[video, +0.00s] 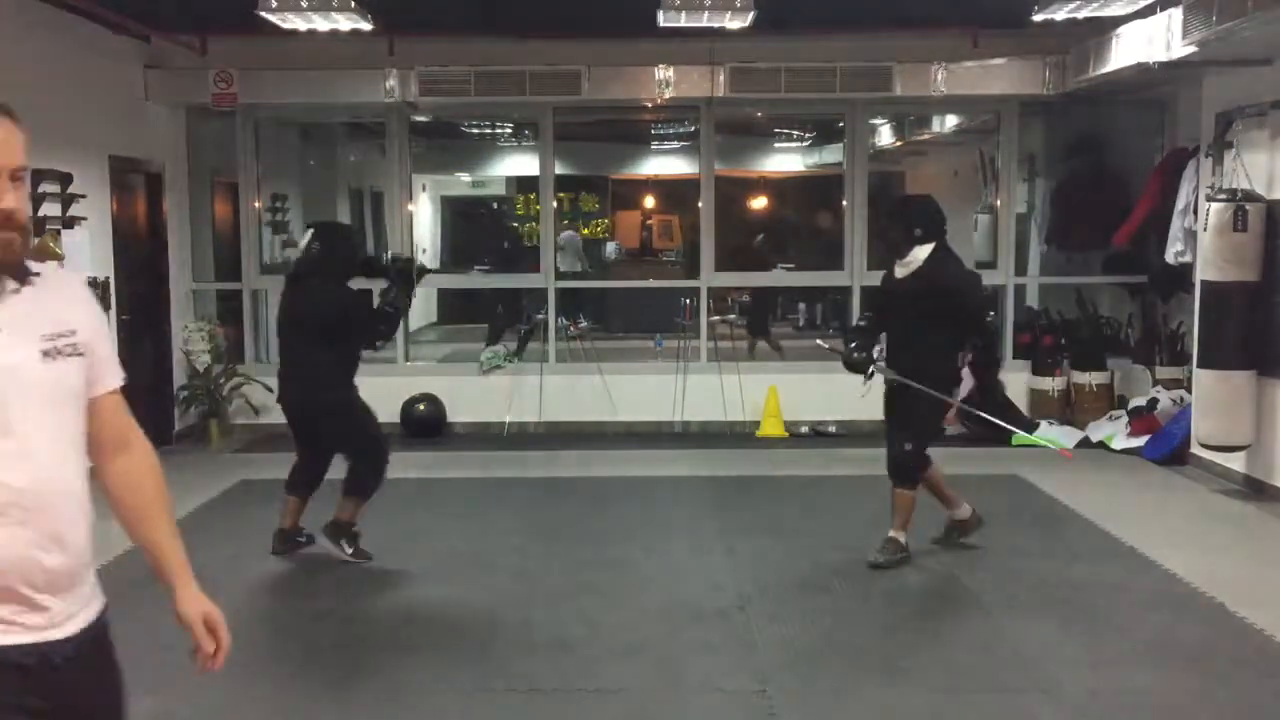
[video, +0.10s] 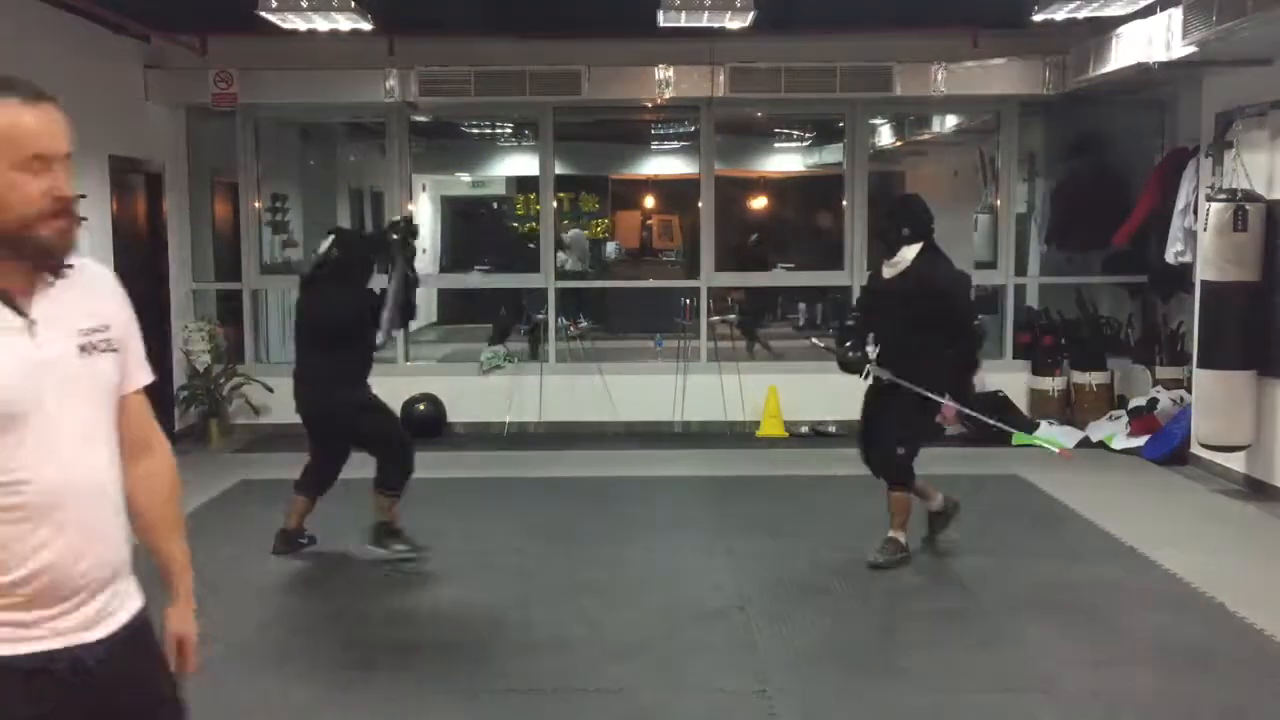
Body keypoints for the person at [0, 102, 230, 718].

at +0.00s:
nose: (11, 201)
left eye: (17, 180)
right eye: (1, 179)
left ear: (29, 185)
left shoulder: (63, 295)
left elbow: (120, 448)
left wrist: (183, 584)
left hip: (76, 642)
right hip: (5, 655)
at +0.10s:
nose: (64, 187)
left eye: (66, 164)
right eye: (36, 166)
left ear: (74, 166)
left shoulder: (95, 288)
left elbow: (143, 450)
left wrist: (181, 590)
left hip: (118, 639)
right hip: (13, 664)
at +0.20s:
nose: (135, 182)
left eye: (128, 159)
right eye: (113, 160)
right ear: (40, 171)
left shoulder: (127, 285)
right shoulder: (7, 303)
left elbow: (167, 450)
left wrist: (185, 597)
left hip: (158, 644)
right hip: (28, 681)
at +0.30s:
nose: (183, 187)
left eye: (179, 166)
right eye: (171, 166)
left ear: (117, 177)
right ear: (114, 177)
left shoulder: (166, 295)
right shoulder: (8, 311)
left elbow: (190, 442)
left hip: (203, 662)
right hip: (54, 695)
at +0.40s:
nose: (237, 202)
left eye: (232, 181)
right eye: (225, 180)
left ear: (176, 192)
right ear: (173, 189)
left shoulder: (214, 316)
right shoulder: (29, 323)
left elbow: (207, 499)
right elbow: (5, 556)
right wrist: (27, 711)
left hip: (255, 683)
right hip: (111, 708)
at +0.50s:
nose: (288, 204)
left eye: (284, 183)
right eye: (279, 183)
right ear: (232, 191)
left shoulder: (260, 323)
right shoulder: (81, 327)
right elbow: (50, 566)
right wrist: (85, 712)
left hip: (310, 687)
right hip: (169, 707)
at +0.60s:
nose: (322, 199)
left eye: (320, 179)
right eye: (316, 177)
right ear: (277, 181)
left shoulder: (289, 318)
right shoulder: (128, 314)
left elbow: (340, 509)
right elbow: (107, 560)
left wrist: (399, 675)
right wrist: (145, 712)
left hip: (348, 691)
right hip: (206, 705)